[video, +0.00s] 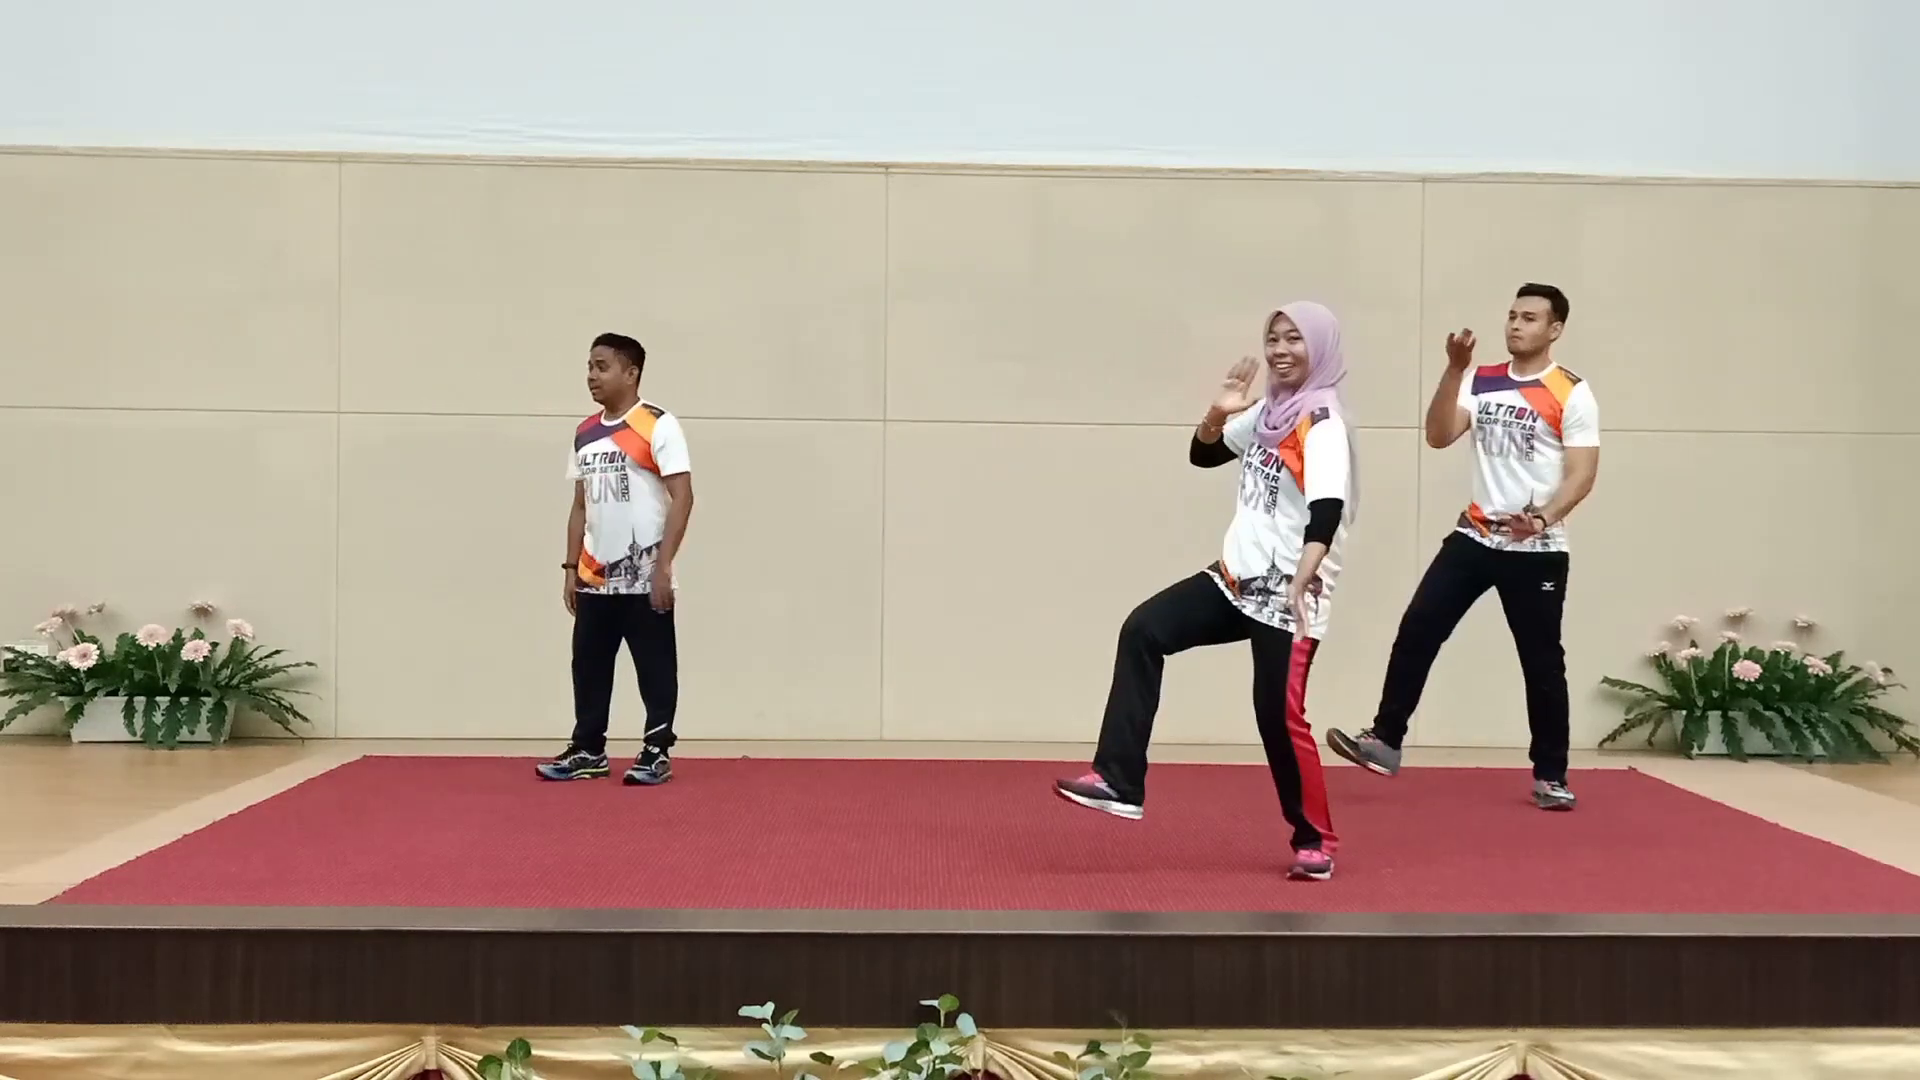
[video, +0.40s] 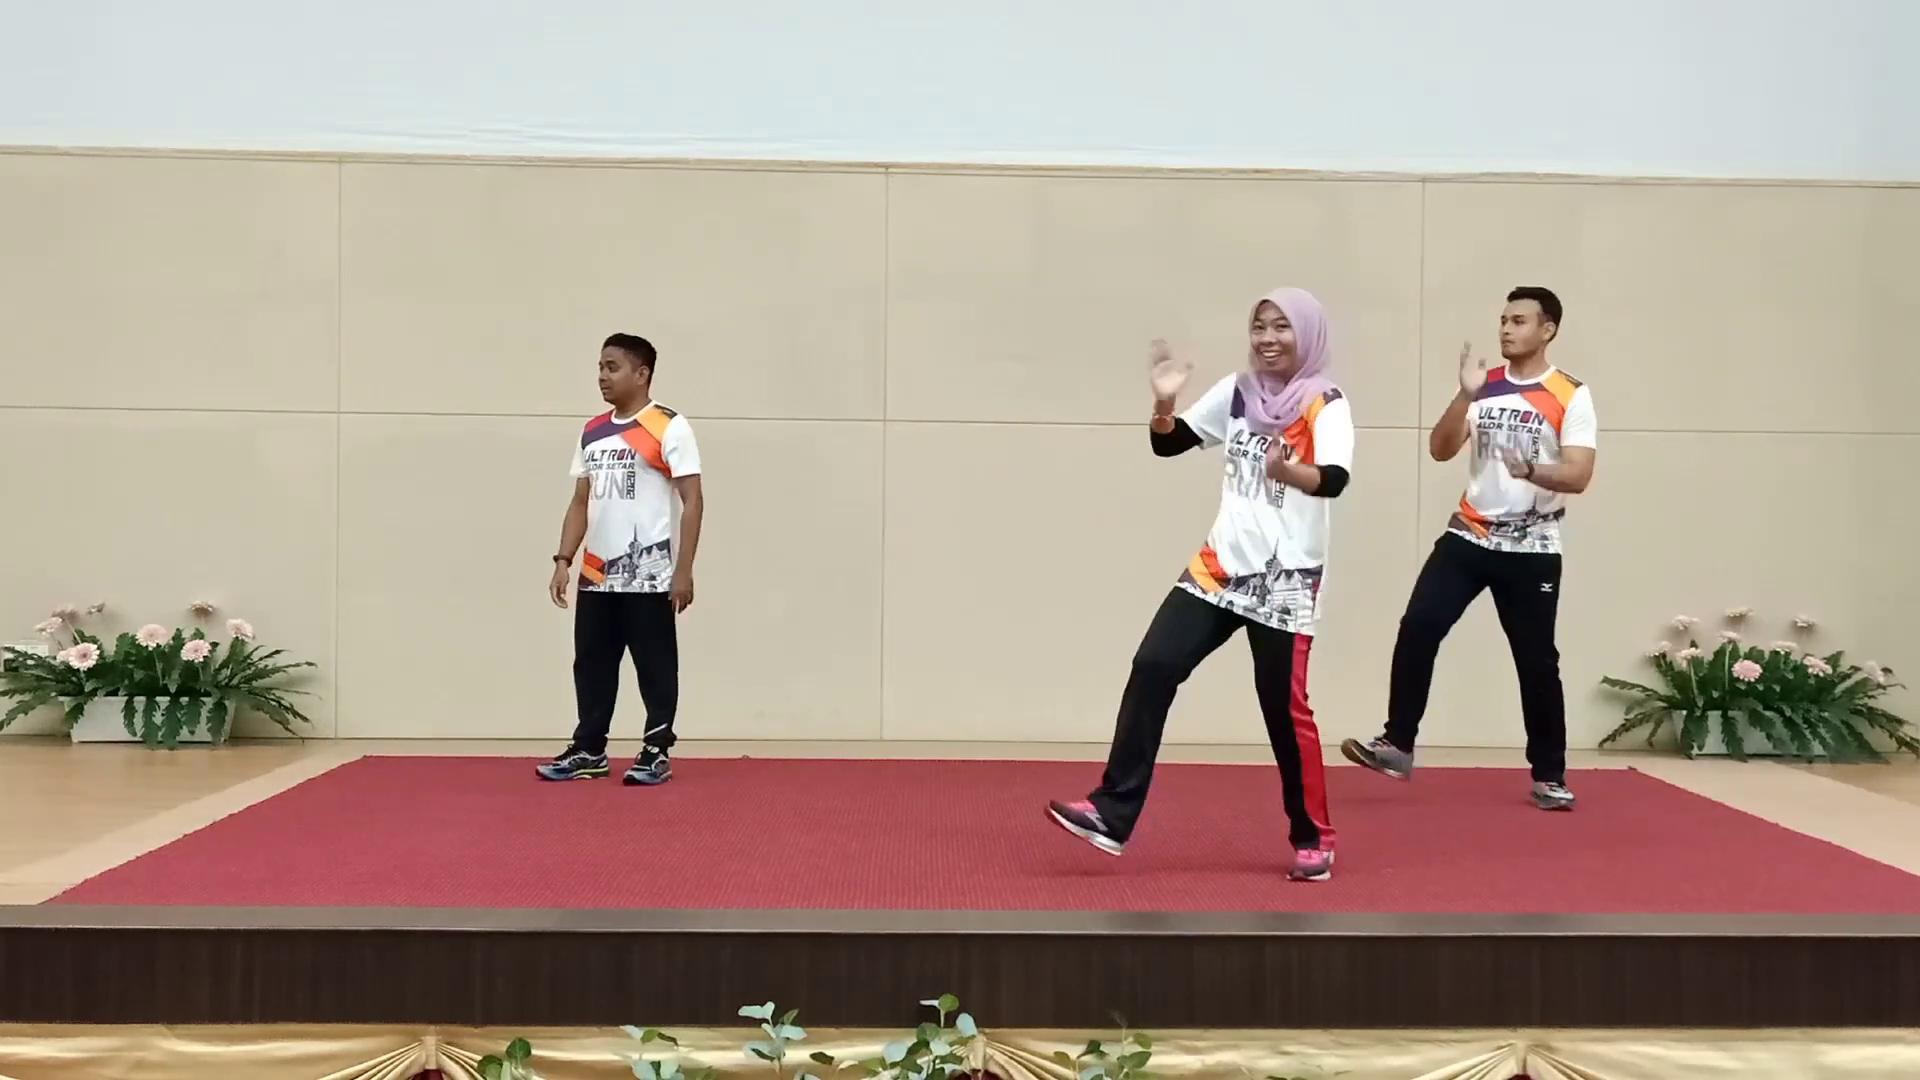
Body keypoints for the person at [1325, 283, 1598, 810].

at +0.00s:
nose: (1515, 325)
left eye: (1528, 319)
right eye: (1512, 317)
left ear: (1555, 330)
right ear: (1507, 324)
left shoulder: (1571, 395)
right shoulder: (1481, 380)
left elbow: (1581, 476)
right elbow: (1437, 436)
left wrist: (1543, 516)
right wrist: (1453, 371)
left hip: (1537, 551)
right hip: (1476, 538)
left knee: (1543, 665)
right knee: (1418, 629)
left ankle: (1550, 777)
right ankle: (1385, 741)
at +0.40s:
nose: (1507, 330)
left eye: (1519, 321)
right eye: (1504, 321)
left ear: (1549, 330)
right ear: (1501, 329)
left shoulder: (1571, 397)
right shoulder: (1485, 386)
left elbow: (1577, 477)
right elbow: (1440, 449)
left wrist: (1533, 471)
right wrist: (1465, 396)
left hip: (1531, 548)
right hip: (1469, 537)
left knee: (1538, 665)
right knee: (1418, 627)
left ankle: (1549, 778)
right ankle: (1397, 745)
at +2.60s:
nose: (1240, 338)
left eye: (1250, 331)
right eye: (1240, 331)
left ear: (1282, 337)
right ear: (1253, 340)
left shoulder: (1320, 397)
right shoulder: (1235, 399)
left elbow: (1324, 479)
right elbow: (1222, 475)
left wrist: (1287, 547)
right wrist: (1206, 549)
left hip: (1307, 546)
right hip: (1248, 548)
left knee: (1328, 655)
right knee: (1259, 660)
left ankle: (1354, 762)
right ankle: (1271, 761)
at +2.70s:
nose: (1237, 341)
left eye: (1246, 333)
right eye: (1236, 334)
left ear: (1278, 337)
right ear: (1248, 340)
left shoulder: (1318, 399)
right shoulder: (1231, 400)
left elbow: (1329, 480)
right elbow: (1220, 477)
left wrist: (1310, 554)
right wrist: (1208, 551)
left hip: (1304, 551)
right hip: (1247, 552)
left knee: (1330, 658)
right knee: (1258, 660)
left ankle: (1355, 762)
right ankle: (1271, 761)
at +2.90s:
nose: (1236, 343)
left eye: (1245, 335)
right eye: (1234, 336)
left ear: (1277, 337)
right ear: (1241, 341)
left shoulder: (1319, 398)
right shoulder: (1227, 402)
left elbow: (1336, 479)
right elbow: (1215, 483)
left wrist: (1331, 551)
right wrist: (1211, 554)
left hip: (1306, 549)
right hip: (1248, 551)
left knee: (1330, 657)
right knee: (1257, 660)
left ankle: (1355, 761)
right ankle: (1271, 760)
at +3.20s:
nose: (1241, 343)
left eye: (1250, 334)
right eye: (1237, 336)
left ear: (1281, 337)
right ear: (1238, 342)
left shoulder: (1322, 397)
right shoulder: (1227, 402)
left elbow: (1339, 478)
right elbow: (1218, 483)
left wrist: (1336, 547)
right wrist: (1217, 551)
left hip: (1309, 548)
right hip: (1249, 551)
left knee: (1330, 656)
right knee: (1258, 661)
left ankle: (1355, 761)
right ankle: (1271, 760)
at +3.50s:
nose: (1247, 342)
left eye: (1256, 333)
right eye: (1243, 334)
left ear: (1286, 336)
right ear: (1242, 341)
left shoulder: (1325, 396)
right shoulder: (1231, 401)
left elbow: (1338, 476)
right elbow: (1222, 482)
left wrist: (1325, 549)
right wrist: (1225, 551)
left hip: (1311, 549)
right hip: (1253, 551)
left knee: (1332, 658)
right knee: (1259, 661)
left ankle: (1356, 762)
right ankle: (1271, 760)